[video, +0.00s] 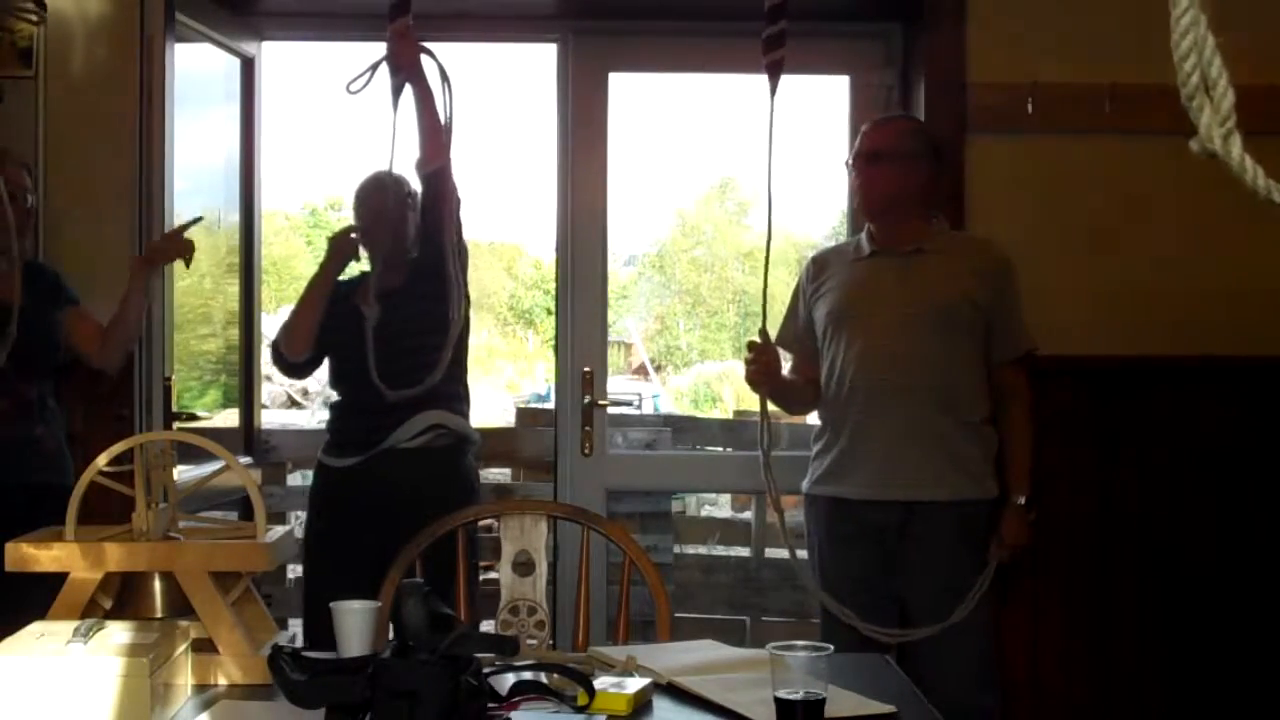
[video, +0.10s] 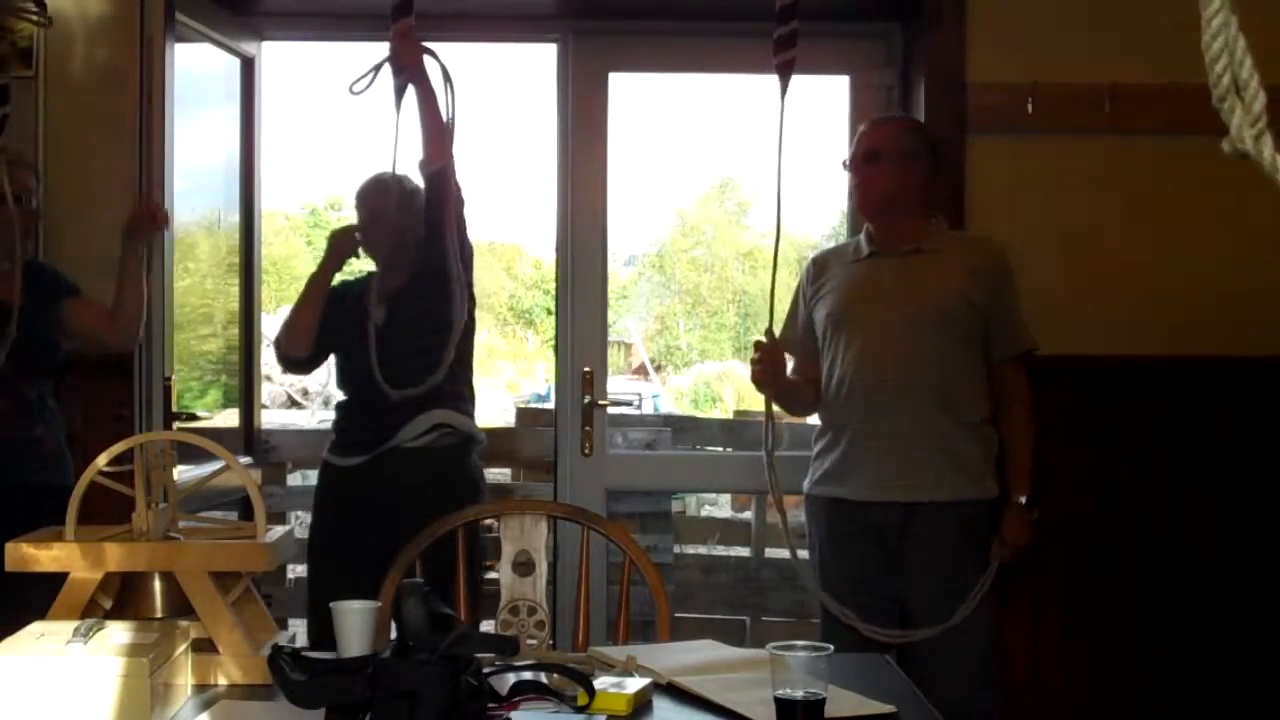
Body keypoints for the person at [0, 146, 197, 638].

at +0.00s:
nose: (25, 209)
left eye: (26, 196)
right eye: (14, 196)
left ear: (29, 202)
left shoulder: (34, 280)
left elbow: (106, 354)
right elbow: (105, 353)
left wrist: (145, 267)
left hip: (40, 475)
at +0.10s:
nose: (27, 211)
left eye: (30, 199)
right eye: (17, 197)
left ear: (36, 208)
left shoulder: (33, 282)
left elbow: (120, 335)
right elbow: (121, 334)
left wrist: (136, 245)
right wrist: (136, 247)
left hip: (38, 476)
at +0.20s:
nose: (19, 211)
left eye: (27, 197)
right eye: (8, 199)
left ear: (39, 202)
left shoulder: (40, 280)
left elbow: (134, 295)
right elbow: (133, 294)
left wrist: (119, 202)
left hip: (39, 465)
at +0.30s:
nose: (26, 210)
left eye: (26, 196)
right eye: (13, 198)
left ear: (36, 204)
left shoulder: (34, 275)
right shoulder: (30, 276)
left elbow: (127, 247)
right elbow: (126, 247)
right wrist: (101, 145)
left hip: (41, 482)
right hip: (12, 483)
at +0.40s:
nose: (25, 205)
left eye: (28, 192)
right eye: (14, 193)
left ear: (37, 197)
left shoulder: (40, 269)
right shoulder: (29, 271)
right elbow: (112, 218)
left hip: (39, 477)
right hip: (14, 478)